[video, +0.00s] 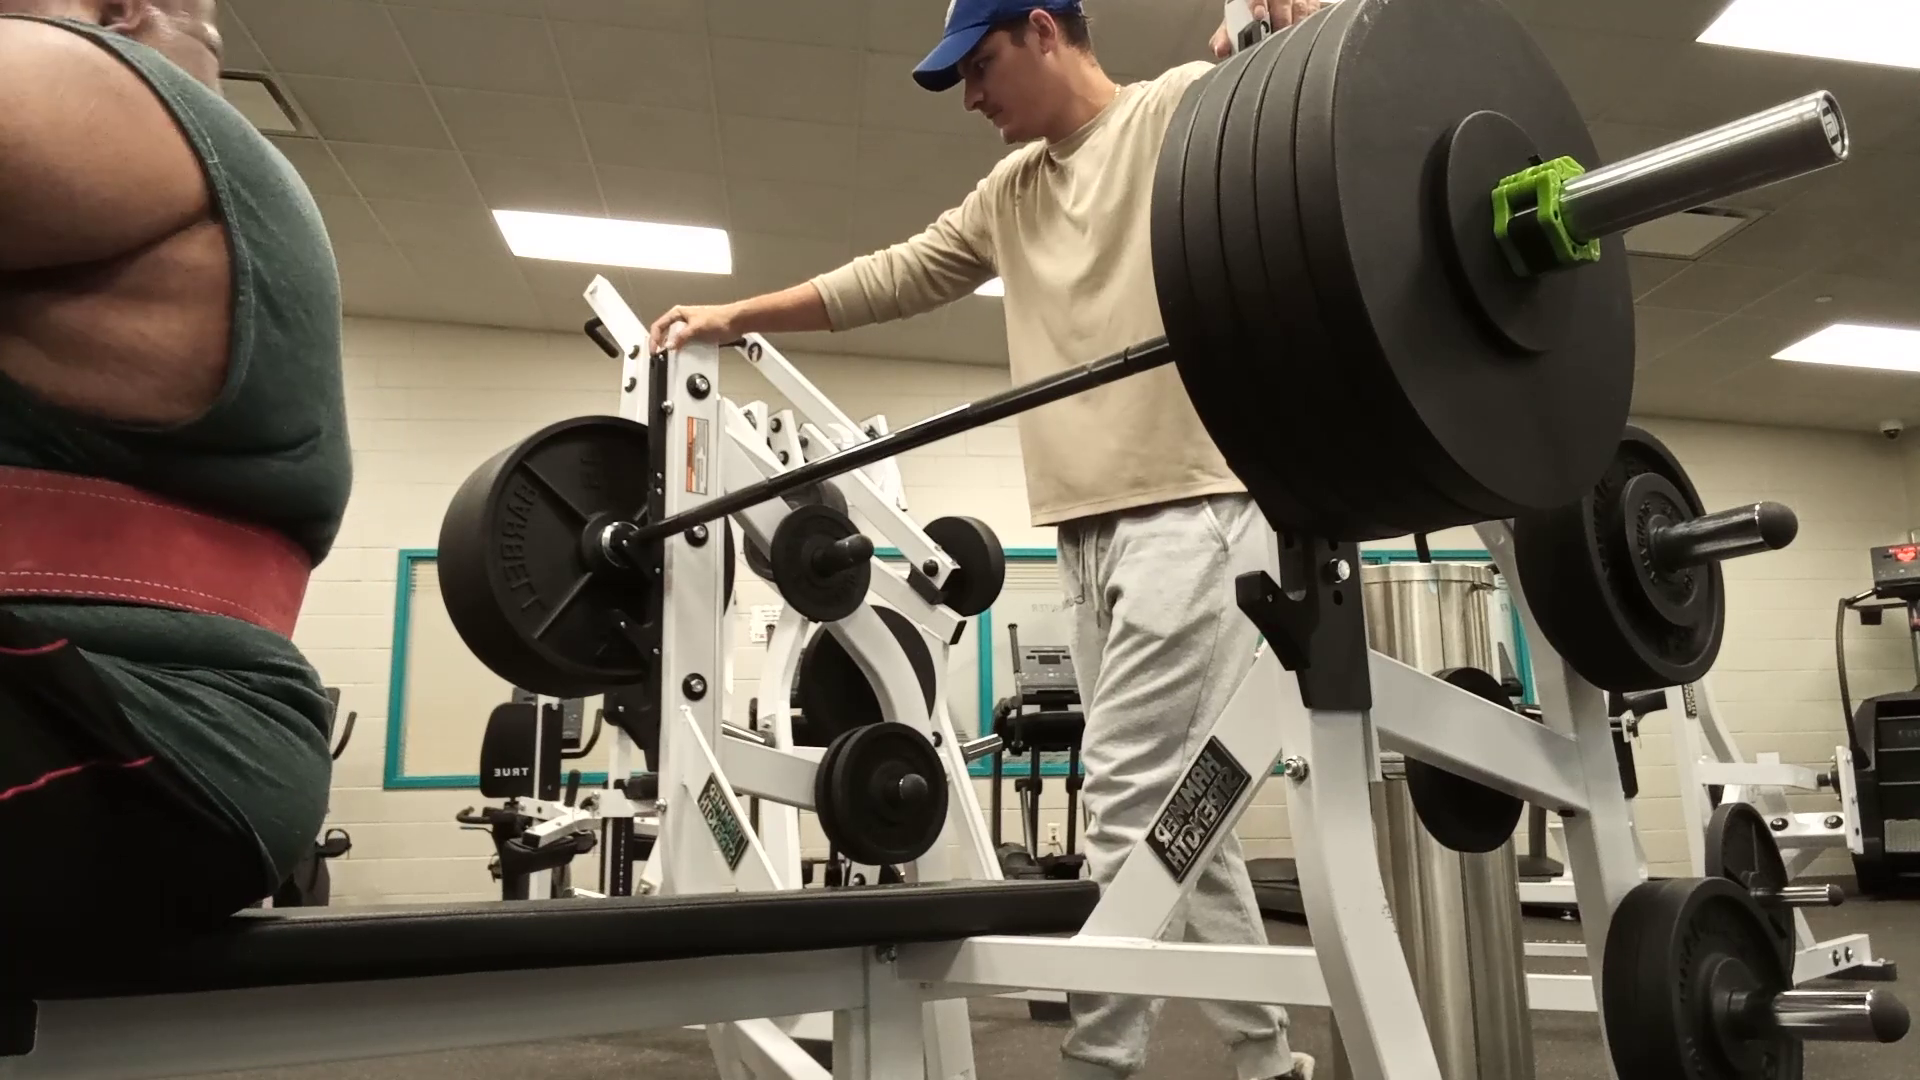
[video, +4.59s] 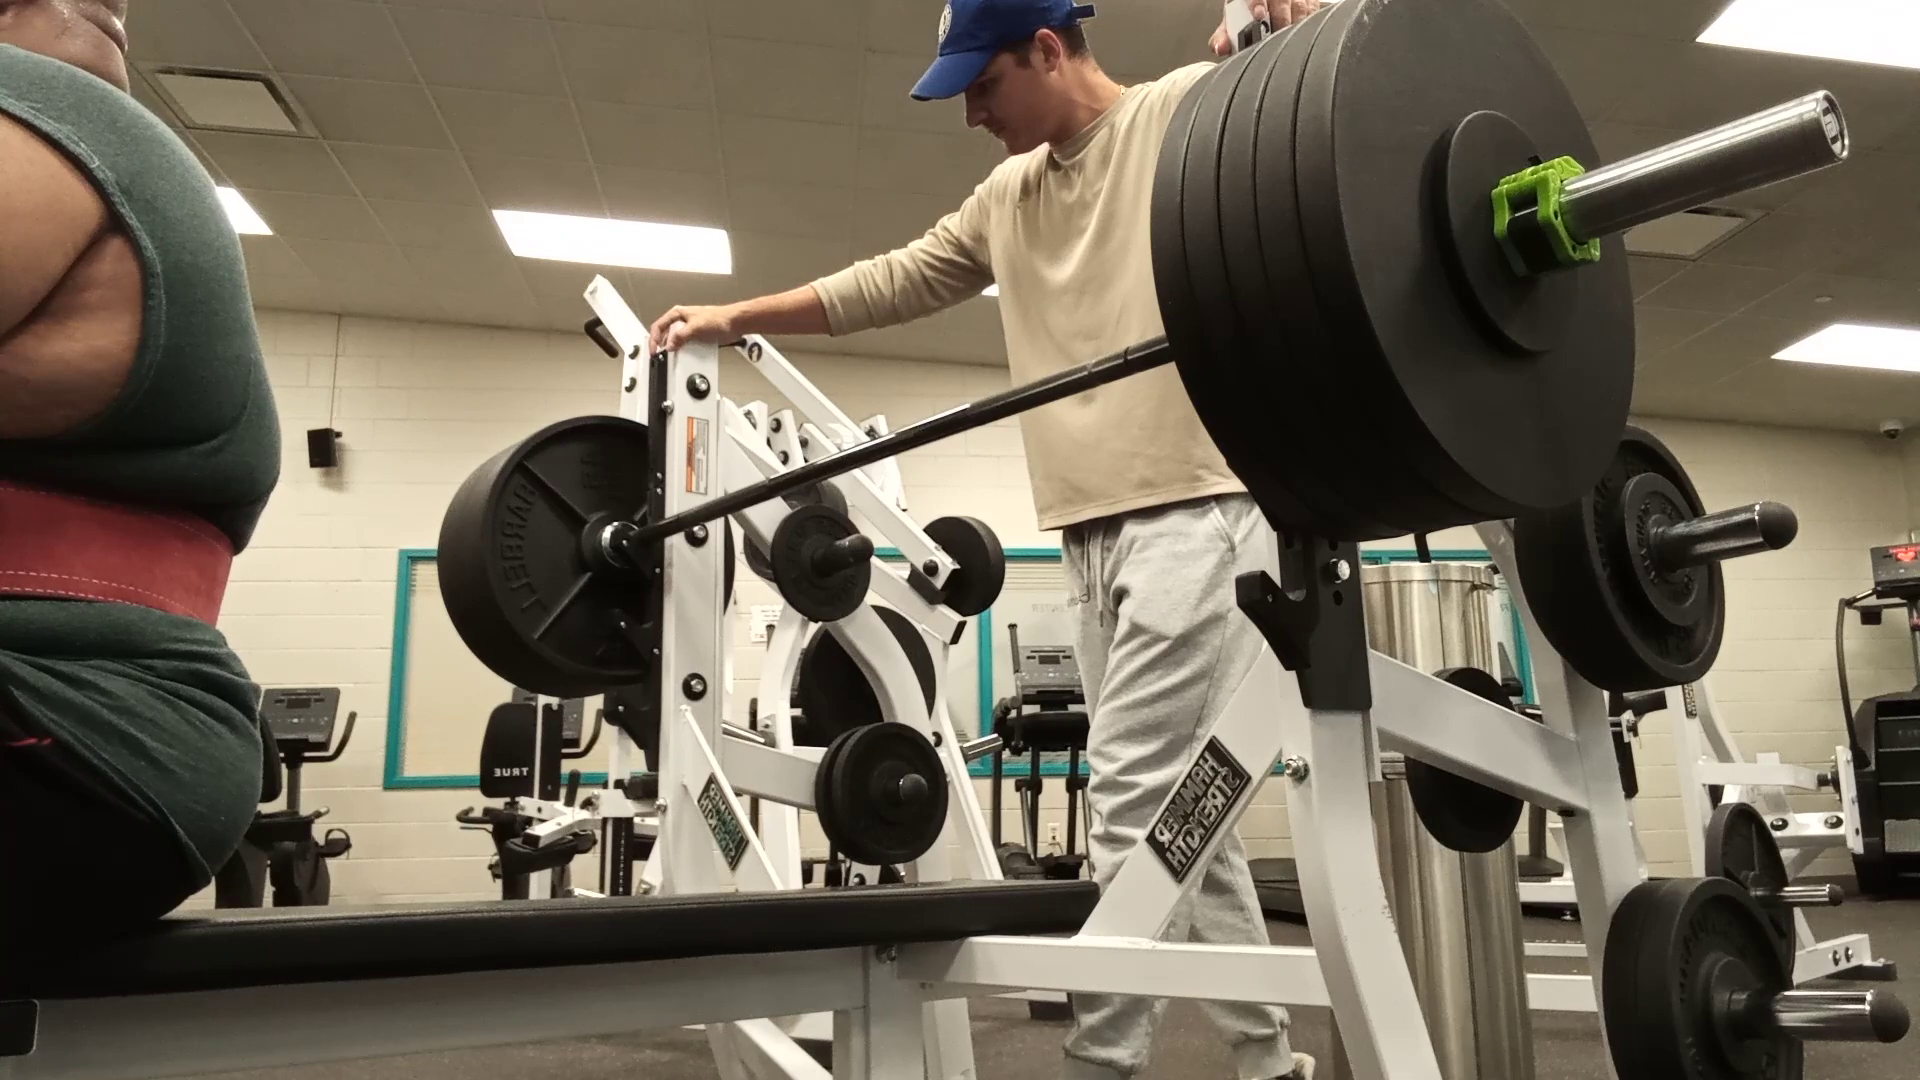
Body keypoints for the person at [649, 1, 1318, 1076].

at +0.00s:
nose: (973, 94)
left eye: (980, 67)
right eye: (964, 80)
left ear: (1046, 30)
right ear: (1027, 48)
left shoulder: (1179, 99)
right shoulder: (1007, 191)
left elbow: (1314, 111)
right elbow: (899, 274)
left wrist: (1292, 37)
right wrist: (736, 313)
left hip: (1197, 511)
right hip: (1087, 533)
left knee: (1123, 791)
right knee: (1172, 804)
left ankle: (1101, 1063)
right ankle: (1265, 1060)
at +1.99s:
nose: (1001, 87)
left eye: (1014, 58)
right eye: (987, 72)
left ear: (1080, 25)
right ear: (986, 78)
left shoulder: (1187, 101)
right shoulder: (1006, 192)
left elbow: (1316, 102)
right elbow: (890, 279)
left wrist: (1291, 34)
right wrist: (734, 314)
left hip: (1201, 508)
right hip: (1090, 530)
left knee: (1128, 793)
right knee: (1175, 804)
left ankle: (1103, 1061)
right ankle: (1264, 1056)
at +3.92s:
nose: (974, 114)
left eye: (983, 88)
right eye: (967, 94)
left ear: (1052, 48)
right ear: (1026, 65)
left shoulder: (1185, 102)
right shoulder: (1005, 195)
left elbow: (1318, 104)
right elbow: (895, 280)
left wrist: (1292, 36)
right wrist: (734, 314)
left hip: (1201, 511)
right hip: (1091, 534)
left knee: (1130, 795)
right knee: (1175, 804)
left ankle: (1100, 1064)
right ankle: (1265, 1060)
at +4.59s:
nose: (973, 113)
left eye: (983, 86)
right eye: (966, 93)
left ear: (1052, 47)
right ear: (1022, 65)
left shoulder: (1185, 103)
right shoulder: (1005, 195)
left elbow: (1317, 112)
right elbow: (895, 280)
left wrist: (1288, 38)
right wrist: (735, 314)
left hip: (1201, 511)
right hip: (1091, 534)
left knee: (1129, 794)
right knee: (1174, 806)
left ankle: (1102, 1061)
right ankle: (1265, 1057)